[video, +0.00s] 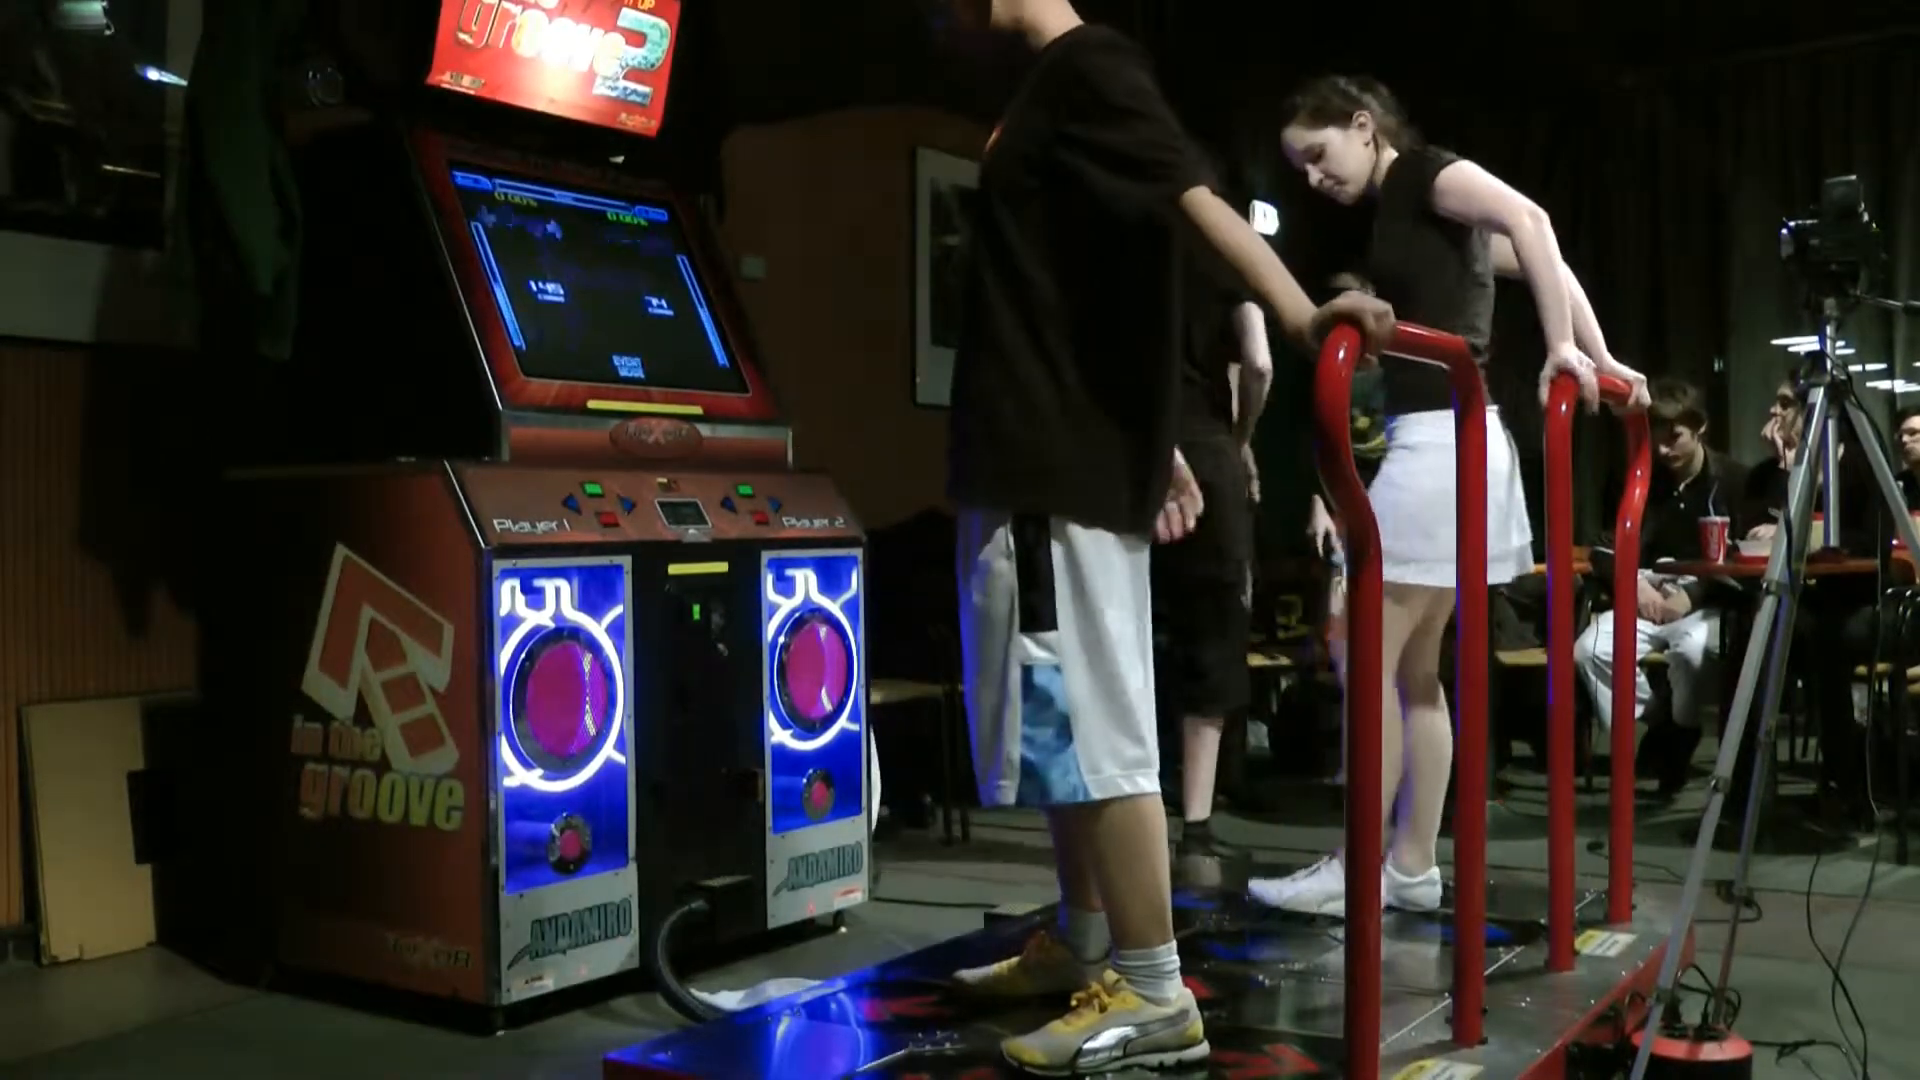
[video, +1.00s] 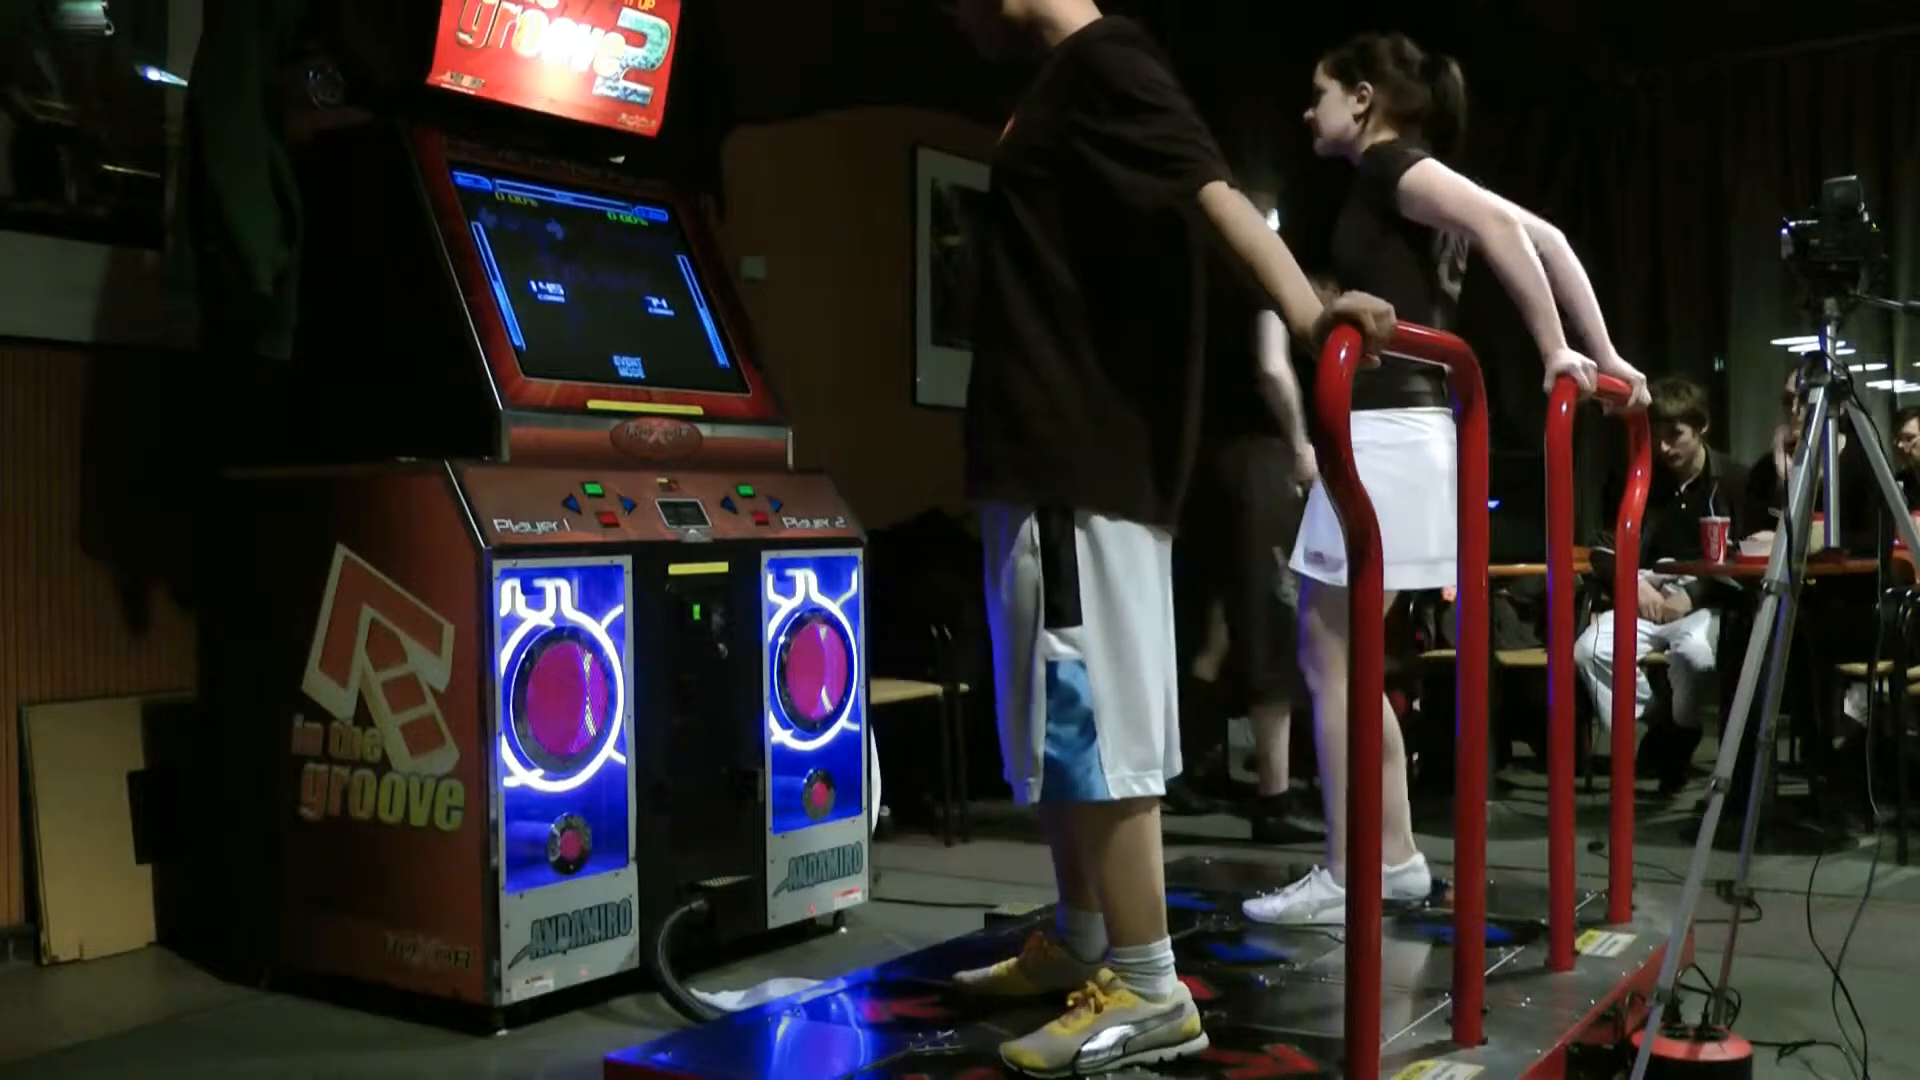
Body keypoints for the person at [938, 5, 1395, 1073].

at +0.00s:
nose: (968, 20)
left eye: (972, 8)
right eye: (968, 15)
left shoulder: (1090, 73)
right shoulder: (1047, 97)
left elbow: (1203, 205)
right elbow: (1103, 300)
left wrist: (1308, 317)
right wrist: (1157, 447)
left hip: (1079, 472)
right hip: (1040, 469)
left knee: (1105, 737)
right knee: (1053, 728)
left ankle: (1154, 992)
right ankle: (1086, 940)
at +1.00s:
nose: (978, 19)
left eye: (982, 8)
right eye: (980, 14)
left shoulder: (1106, 66)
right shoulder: (1054, 90)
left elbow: (1215, 193)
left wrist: (1313, 314)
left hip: (1094, 470)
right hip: (1039, 470)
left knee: (1106, 730)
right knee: (1056, 725)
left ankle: (1150, 988)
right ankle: (1085, 942)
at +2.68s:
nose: (1068, 19)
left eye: (1072, 12)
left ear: (1103, 2)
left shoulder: (1106, 61)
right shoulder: (1258, 72)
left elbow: (1128, 220)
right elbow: (1361, 188)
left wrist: (987, 247)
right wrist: (1433, 314)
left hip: (1128, 434)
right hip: (1239, 437)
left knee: (1105, 708)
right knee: (1175, 700)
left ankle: (1093, 988)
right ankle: (1153, 954)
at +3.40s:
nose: (1019, 15)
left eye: (1025, 13)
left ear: (1052, 1)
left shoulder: (1047, 56)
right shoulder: (1230, 61)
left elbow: (938, 194)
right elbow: (1358, 172)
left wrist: (973, 70)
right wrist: (1425, 309)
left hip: (1093, 427)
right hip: (1220, 431)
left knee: (1079, 710)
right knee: (1174, 700)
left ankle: (1087, 993)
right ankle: (1154, 956)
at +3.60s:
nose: (1047, 27)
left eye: (1049, 22)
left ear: (1070, 5)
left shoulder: (1073, 56)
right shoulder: (1247, 62)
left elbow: (1064, 206)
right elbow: (1359, 183)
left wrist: (983, 276)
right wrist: (1425, 309)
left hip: (1121, 433)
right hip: (1244, 429)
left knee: (1094, 709)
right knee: (1173, 695)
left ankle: (1085, 988)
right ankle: (1155, 950)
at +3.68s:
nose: (1053, 17)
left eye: (1057, 13)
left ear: (1075, 4)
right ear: (1165, 0)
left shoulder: (1085, 54)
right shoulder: (1255, 70)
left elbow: (1111, 192)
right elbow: (1365, 188)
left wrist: (1051, 353)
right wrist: (1427, 312)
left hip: (1124, 441)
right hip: (1245, 438)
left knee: (1092, 713)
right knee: (1178, 711)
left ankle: (1079, 984)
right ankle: (1153, 963)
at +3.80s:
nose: (1056, 20)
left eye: (1059, 13)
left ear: (1078, 4)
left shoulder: (1102, 47)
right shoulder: (1253, 71)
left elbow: (1203, 143)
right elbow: (1368, 186)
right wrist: (1428, 310)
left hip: (1133, 436)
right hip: (1251, 444)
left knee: (1077, 697)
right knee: (1179, 697)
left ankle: (1087, 981)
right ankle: (1153, 958)